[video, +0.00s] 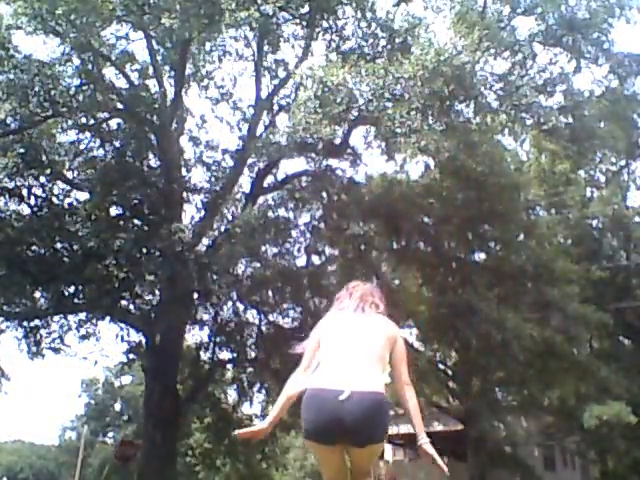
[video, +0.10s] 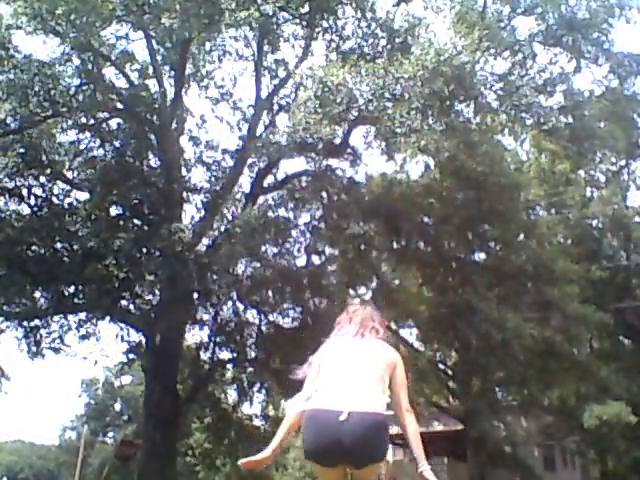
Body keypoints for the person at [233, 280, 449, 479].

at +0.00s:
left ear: (342, 300)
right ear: (378, 304)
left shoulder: (327, 321)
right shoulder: (390, 329)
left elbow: (302, 373)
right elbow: (404, 386)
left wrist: (269, 422)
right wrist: (422, 437)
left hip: (318, 403)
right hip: (368, 407)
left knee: (333, 474)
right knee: (362, 473)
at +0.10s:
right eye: (380, 329)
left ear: (342, 326)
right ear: (378, 328)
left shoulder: (327, 349)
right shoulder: (389, 354)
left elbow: (301, 401)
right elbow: (405, 412)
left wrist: (271, 451)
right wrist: (423, 465)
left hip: (319, 426)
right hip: (369, 428)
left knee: (330, 474)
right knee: (366, 475)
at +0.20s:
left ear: (342, 350)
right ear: (380, 352)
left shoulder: (326, 374)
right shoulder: (390, 378)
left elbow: (300, 429)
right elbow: (406, 438)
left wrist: (273, 474)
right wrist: (419, 476)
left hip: (317, 446)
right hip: (367, 447)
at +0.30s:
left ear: (343, 368)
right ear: (381, 371)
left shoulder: (326, 393)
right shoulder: (390, 397)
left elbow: (303, 445)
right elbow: (405, 456)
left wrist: (286, 476)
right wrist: (413, 475)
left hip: (316, 461)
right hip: (367, 461)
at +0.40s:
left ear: (344, 382)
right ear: (382, 385)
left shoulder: (327, 404)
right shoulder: (390, 410)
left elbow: (304, 460)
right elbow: (405, 470)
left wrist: (293, 476)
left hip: (314, 469)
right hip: (367, 468)